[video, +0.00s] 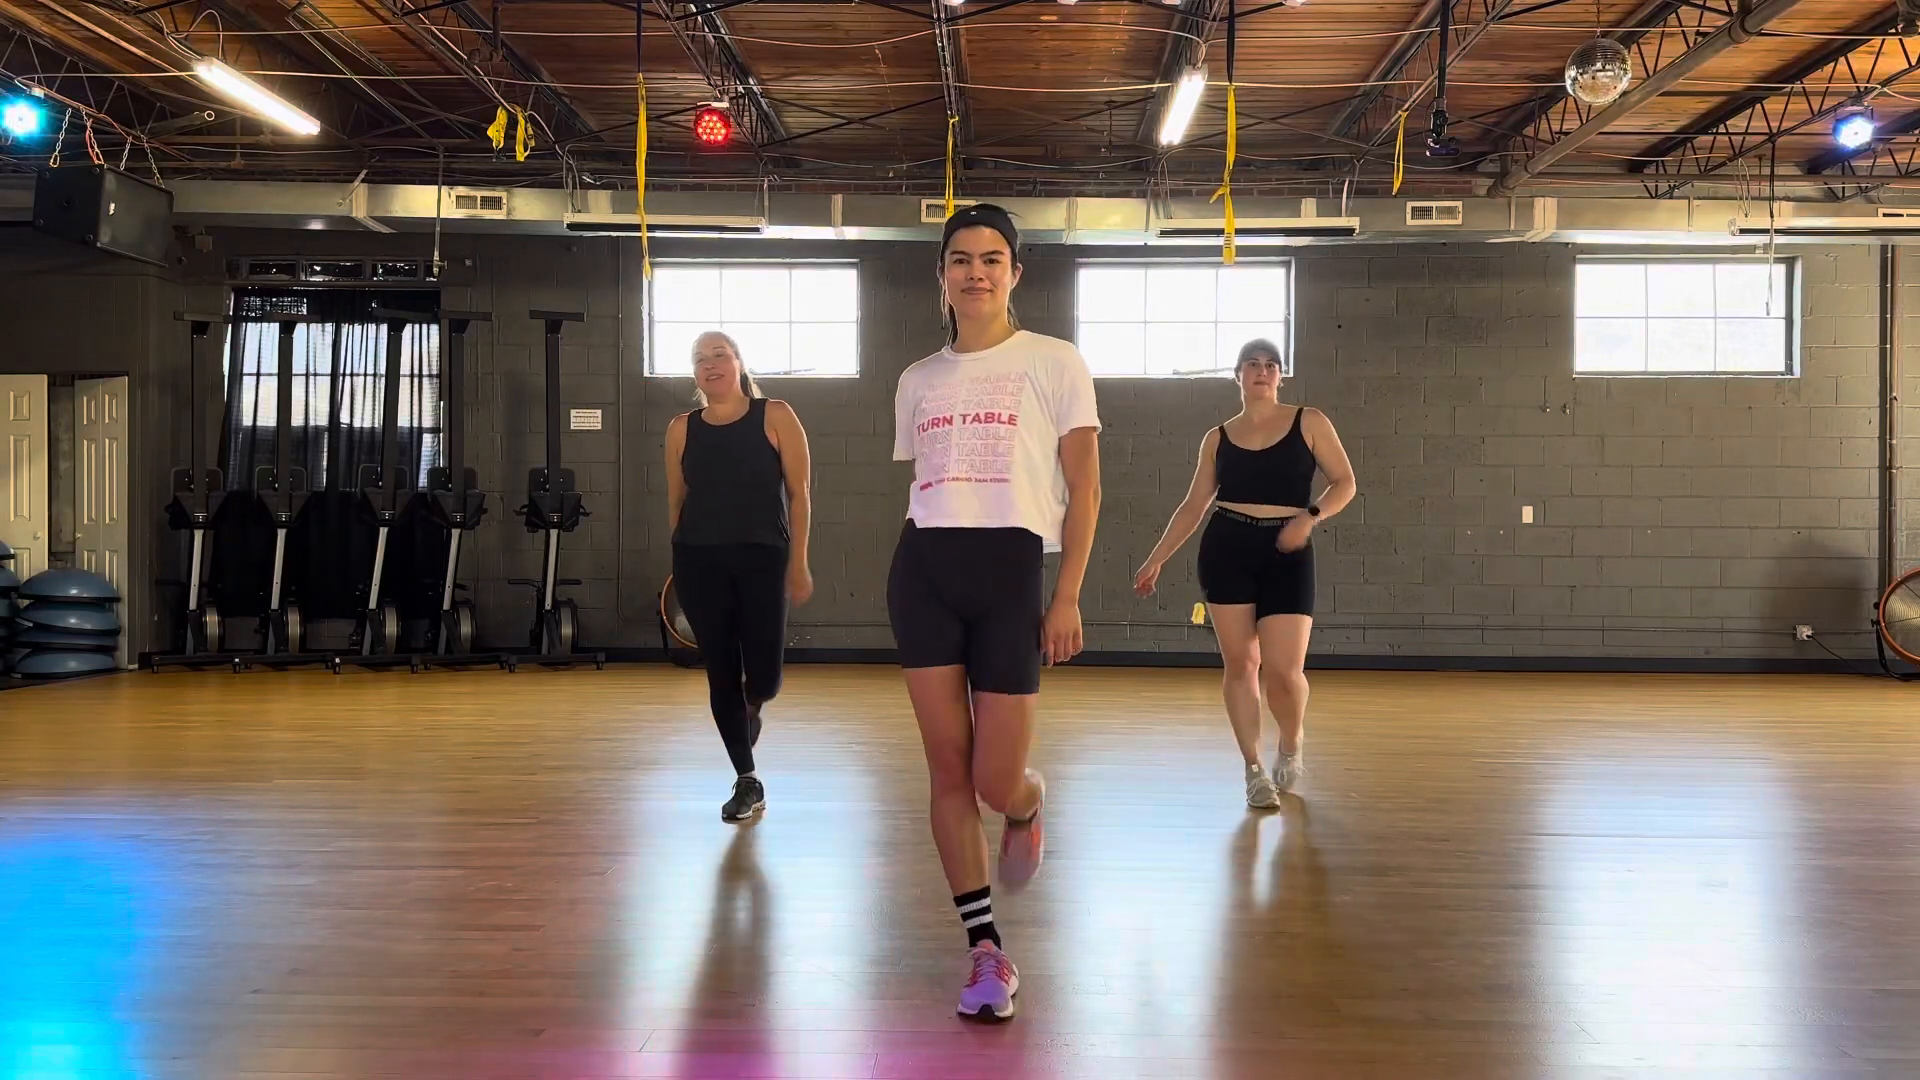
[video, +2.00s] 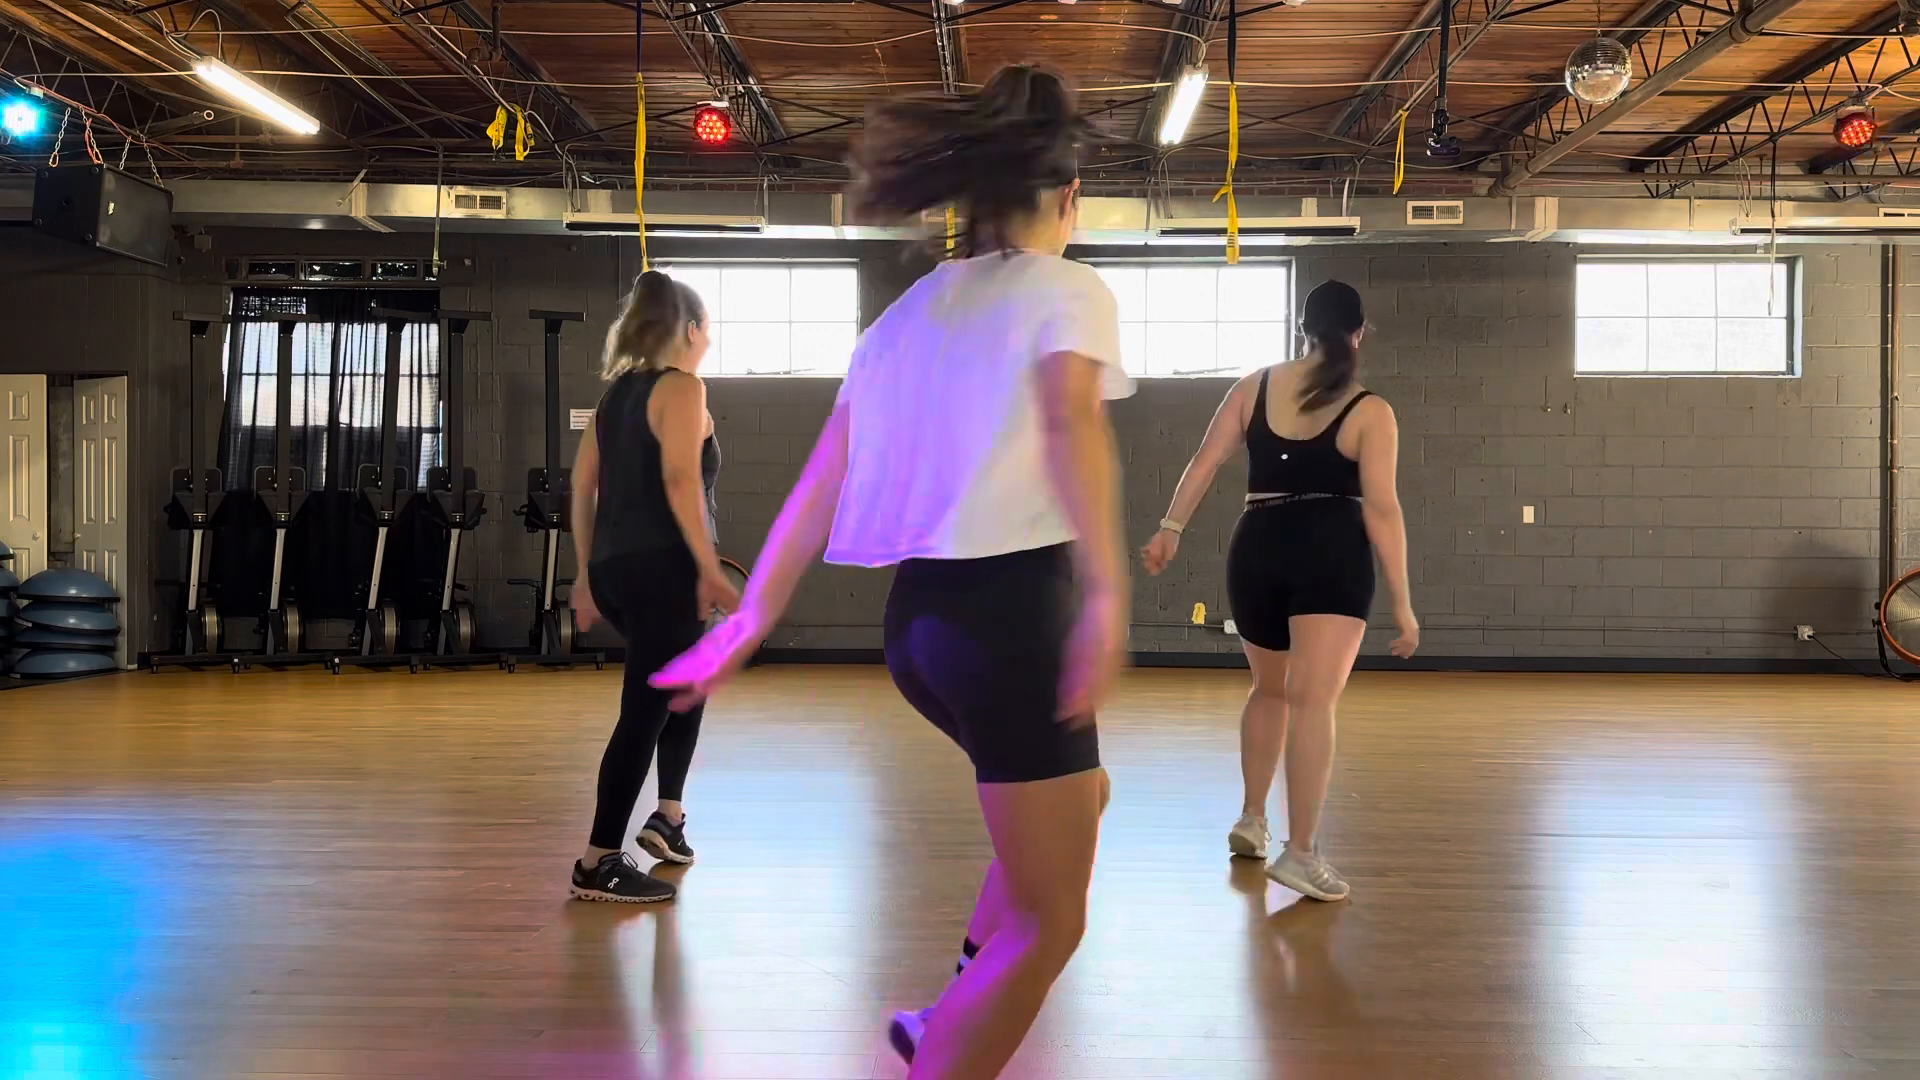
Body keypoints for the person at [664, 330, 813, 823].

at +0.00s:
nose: (713, 363)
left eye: (722, 355)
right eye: (704, 358)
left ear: (740, 365)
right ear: (694, 373)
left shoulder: (776, 416)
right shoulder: (681, 430)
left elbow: (799, 493)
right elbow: (677, 505)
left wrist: (799, 563)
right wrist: (677, 575)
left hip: (762, 561)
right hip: (700, 564)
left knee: (764, 678)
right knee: (722, 675)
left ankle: (751, 705)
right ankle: (746, 780)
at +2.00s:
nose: (708, 341)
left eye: (707, 329)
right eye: (705, 329)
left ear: (640, 329)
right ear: (686, 329)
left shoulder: (611, 396)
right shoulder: (682, 388)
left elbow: (584, 488)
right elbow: (681, 480)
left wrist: (584, 570)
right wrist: (710, 567)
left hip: (615, 569)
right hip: (667, 567)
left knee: (690, 678)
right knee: (643, 711)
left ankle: (669, 810)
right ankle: (600, 859)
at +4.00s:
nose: (693, 359)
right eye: (695, 350)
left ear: (647, 354)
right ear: (696, 356)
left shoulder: (607, 410)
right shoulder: (709, 417)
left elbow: (581, 482)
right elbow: (711, 494)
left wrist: (559, 550)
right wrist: (709, 571)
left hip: (612, 565)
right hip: (674, 565)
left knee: (670, 639)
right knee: (654, 682)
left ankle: (672, 748)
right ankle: (623, 802)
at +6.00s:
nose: (700, 377)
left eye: (711, 369)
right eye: (694, 370)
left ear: (731, 379)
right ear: (685, 380)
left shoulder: (760, 429)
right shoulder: (667, 434)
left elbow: (780, 498)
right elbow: (660, 502)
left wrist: (781, 558)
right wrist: (661, 562)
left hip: (745, 561)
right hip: (686, 560)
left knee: (730, 660)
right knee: (681, 664)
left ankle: (715, 758)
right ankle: (722, 709)